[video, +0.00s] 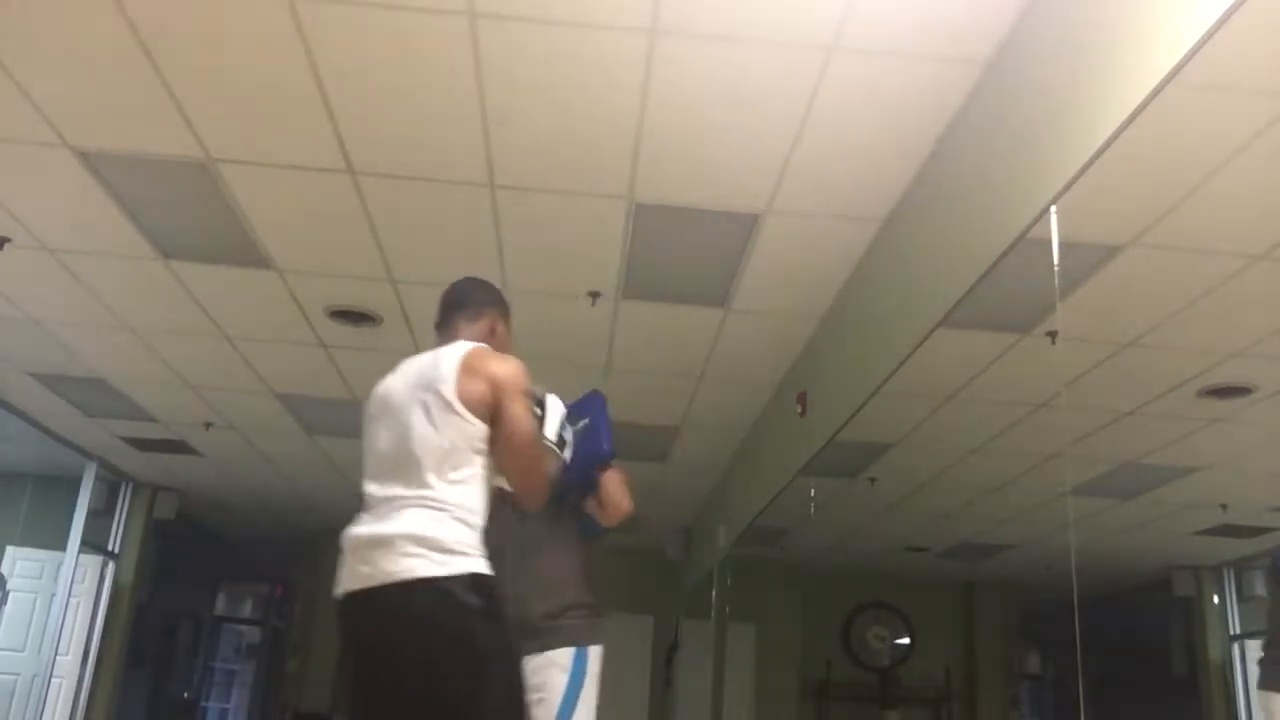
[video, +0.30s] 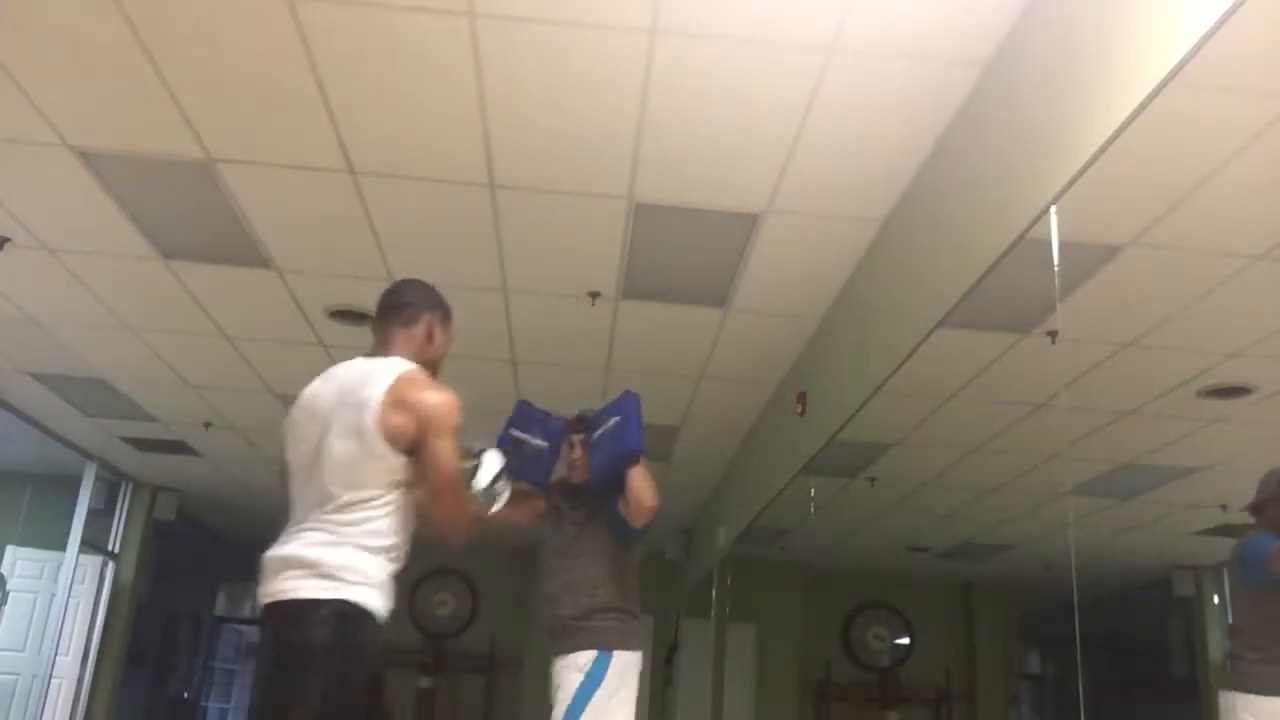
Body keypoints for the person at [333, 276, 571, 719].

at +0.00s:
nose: (507, 344)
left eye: (506, 333)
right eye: (506, 331)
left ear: (441, 328)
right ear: (495, 326)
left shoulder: (385, 387)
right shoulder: (497, 367)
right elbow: (532, 489)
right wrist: (541, 430)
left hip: (360, 591)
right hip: (440, 583)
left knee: (374, 711)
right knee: (490, 709)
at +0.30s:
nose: (444, 356)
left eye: (446, 344)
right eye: (445, 342)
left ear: (380, 327)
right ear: (430, 327)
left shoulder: (313, 393)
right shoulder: (425, 395)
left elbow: (304, 496)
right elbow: (450, 520)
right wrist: (505, 514)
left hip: (282, 597)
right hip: (344, 603)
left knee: (278, 712)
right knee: (339, 712)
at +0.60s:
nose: (418, 348)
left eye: (421, 335)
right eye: (418, 331)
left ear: (381, 317)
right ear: (391, 316)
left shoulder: (333, 364)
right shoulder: (358, 364)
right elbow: (415, 471)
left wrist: (408, 492)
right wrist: (460, 439)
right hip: (290, 574)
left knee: (330, 708)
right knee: (286, 710)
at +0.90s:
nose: (419, 392)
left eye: (420, 379)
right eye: (414, 374)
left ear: (378, 365)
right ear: (378, 363)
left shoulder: (377, 441)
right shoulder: (322, 404)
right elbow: (324, 483)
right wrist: (398, 474)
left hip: (309, 618)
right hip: (253, 606)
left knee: (350, 697)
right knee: (289, 698)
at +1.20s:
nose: (419, 389)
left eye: (419, 375)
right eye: (412, 371)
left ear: (374, 366)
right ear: (372, 363)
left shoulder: (373, 446)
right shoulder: (313, 412)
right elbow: (327, 517)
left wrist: (404, 593)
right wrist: (395, 485)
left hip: (335, 616)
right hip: (271, 602)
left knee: (373, 707)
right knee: (268, 705)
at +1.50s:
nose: (353, 373)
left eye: (355, 359)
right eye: (349, 354)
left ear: (314, 347)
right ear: (312, 343)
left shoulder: (307, 442)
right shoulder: (253, 412)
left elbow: (302, 521)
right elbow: (296, 521)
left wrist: (366, 499)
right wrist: (366, 503)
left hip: (272, 611)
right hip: (212, 602)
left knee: (300, 709)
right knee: (219, 710)